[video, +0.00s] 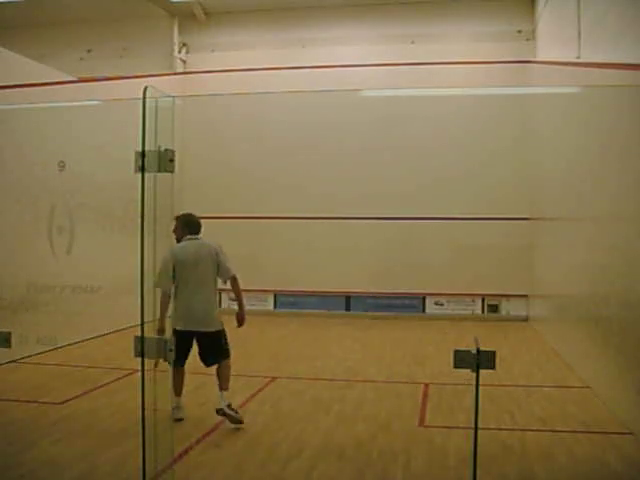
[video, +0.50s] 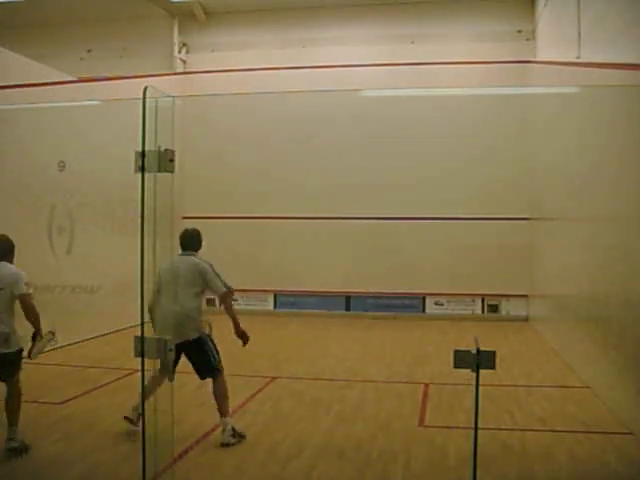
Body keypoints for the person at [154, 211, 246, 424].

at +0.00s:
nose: (173, 231)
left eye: (176, 227)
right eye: (174, 227)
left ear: (184, 230)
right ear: (196, 231)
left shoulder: (173, 254)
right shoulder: (213, 250)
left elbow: (165, 292)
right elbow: (232, 278)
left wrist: (161, 322)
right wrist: (241, 308)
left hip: (182, 321)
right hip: (209, 320)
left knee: (178, 363)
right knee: (223, 357)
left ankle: (177, 406)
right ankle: (224, 401)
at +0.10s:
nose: (174, 233)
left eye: (176, 230)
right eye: (176, 229)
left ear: (180, 232)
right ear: (198, 232)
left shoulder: (171, 257)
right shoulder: (210, 253)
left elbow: (164, 296)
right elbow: (232, 284)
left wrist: (160, 325)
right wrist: (241, 312)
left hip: (179, 323)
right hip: (207, 323)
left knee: (177, 364)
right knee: (220, 362)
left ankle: (177, 407)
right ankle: (215, 408)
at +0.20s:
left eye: (183, 226)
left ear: (181, 229)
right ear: (201, 228)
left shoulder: (171, 255)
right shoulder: (211, 253)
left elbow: (164, 294)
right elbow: (232, 286)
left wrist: (162, 324)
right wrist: (240, 314)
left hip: (178, 324)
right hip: (205, 324)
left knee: (177, 362)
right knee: (217, 364)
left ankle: (177, 405)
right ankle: (212, 414)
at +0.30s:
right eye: (203, 224)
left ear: (184, 225)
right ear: (203, 226)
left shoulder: (170, 250)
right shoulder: (209, 247)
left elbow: (162, 288)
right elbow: (232, 280)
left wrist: (163, 318)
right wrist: (237, 310)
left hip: (174, 315)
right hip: (201, 315)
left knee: (171, 359)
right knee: (218, 358)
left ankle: (171, 403)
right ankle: (217, 411)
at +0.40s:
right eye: (204, 229)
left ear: (185, 232)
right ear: (204, 232)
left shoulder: (170, 253)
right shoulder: (207, 252)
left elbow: (158, 289)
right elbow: (229, 282)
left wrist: (161, 318)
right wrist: (237, 312)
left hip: (169, 317)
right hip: (196, 316)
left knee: (168, 361)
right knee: (218, 360)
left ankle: (152, 404)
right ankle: (224, 415)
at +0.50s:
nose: (201, 247)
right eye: (200, 243)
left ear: (180, 245)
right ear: (199, 245)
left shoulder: (165, 268)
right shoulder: (201, 266)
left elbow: (151, 306)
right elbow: (225, 294)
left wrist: (160, 330)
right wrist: (237, 326)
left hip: (166, 330)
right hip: (191, 329)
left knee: (162, 372)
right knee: (217, 374)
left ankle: (136, 410)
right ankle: (227, 429)